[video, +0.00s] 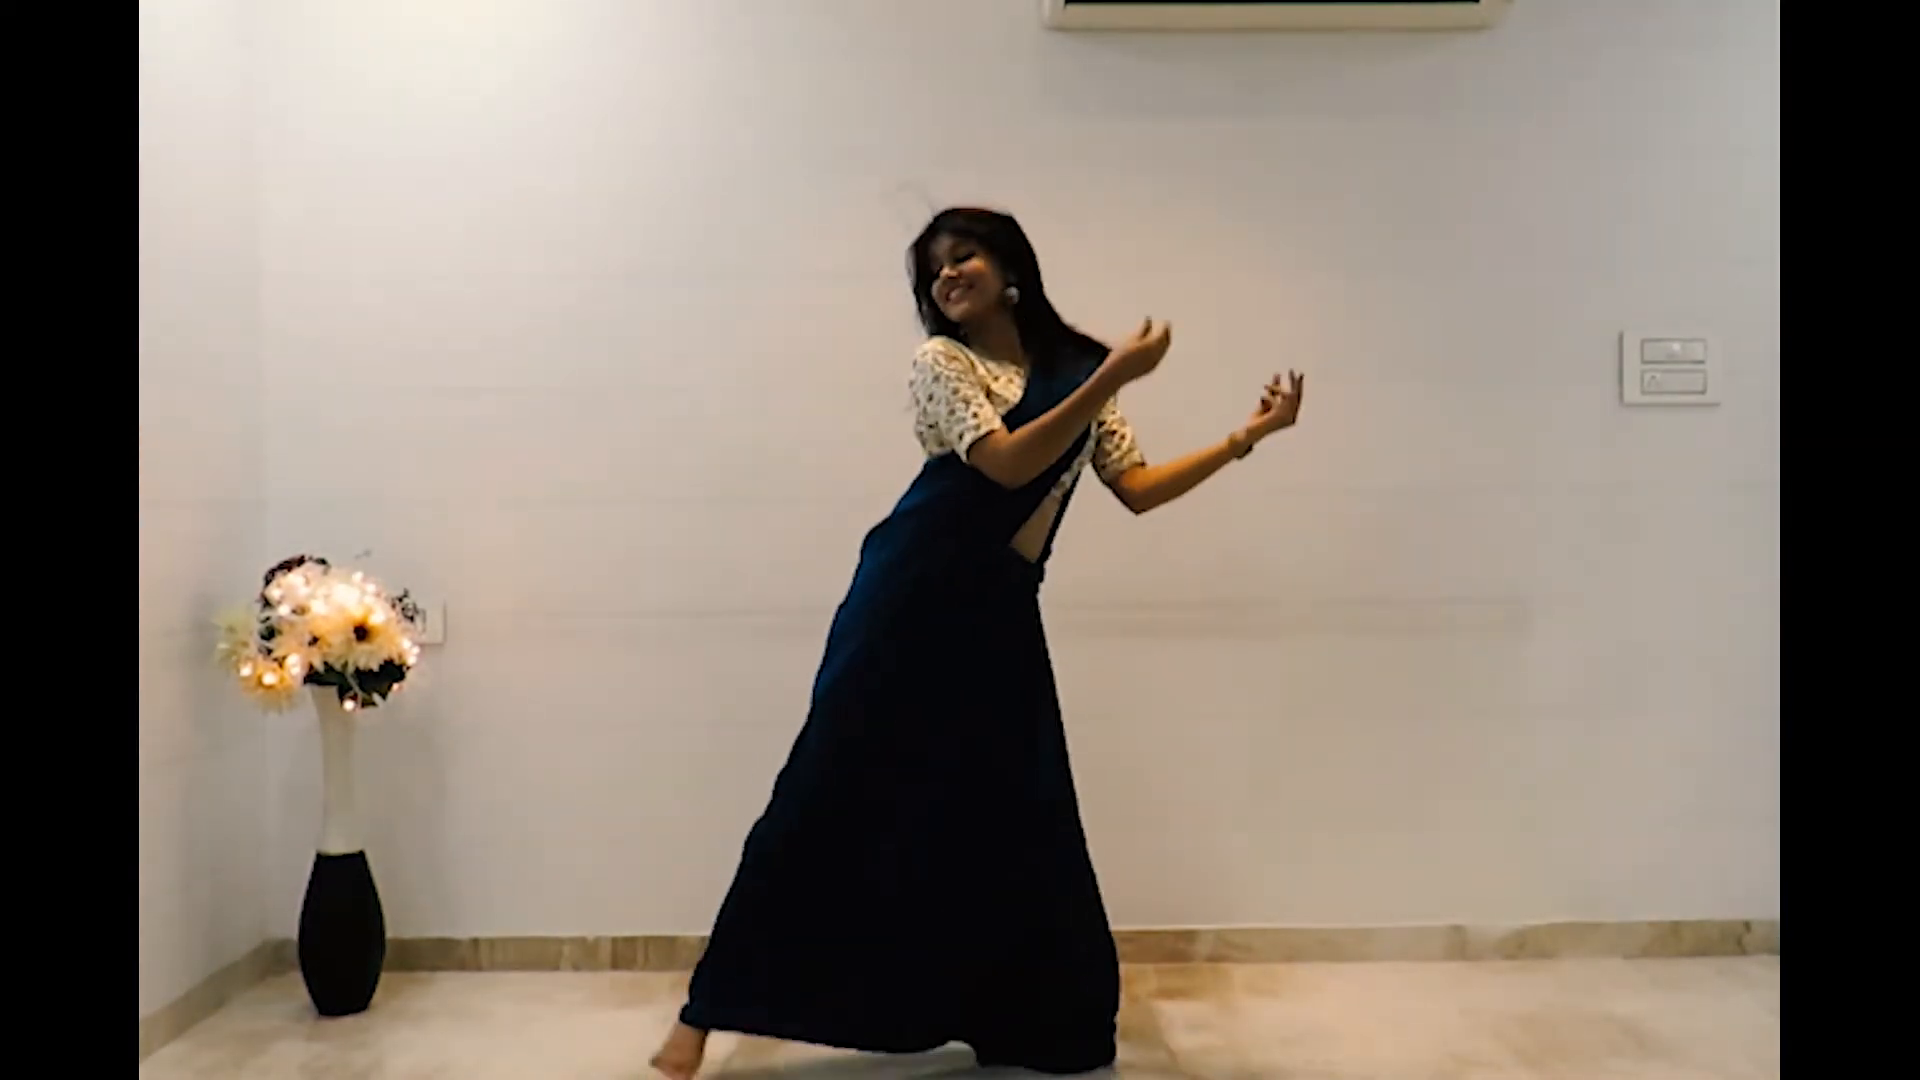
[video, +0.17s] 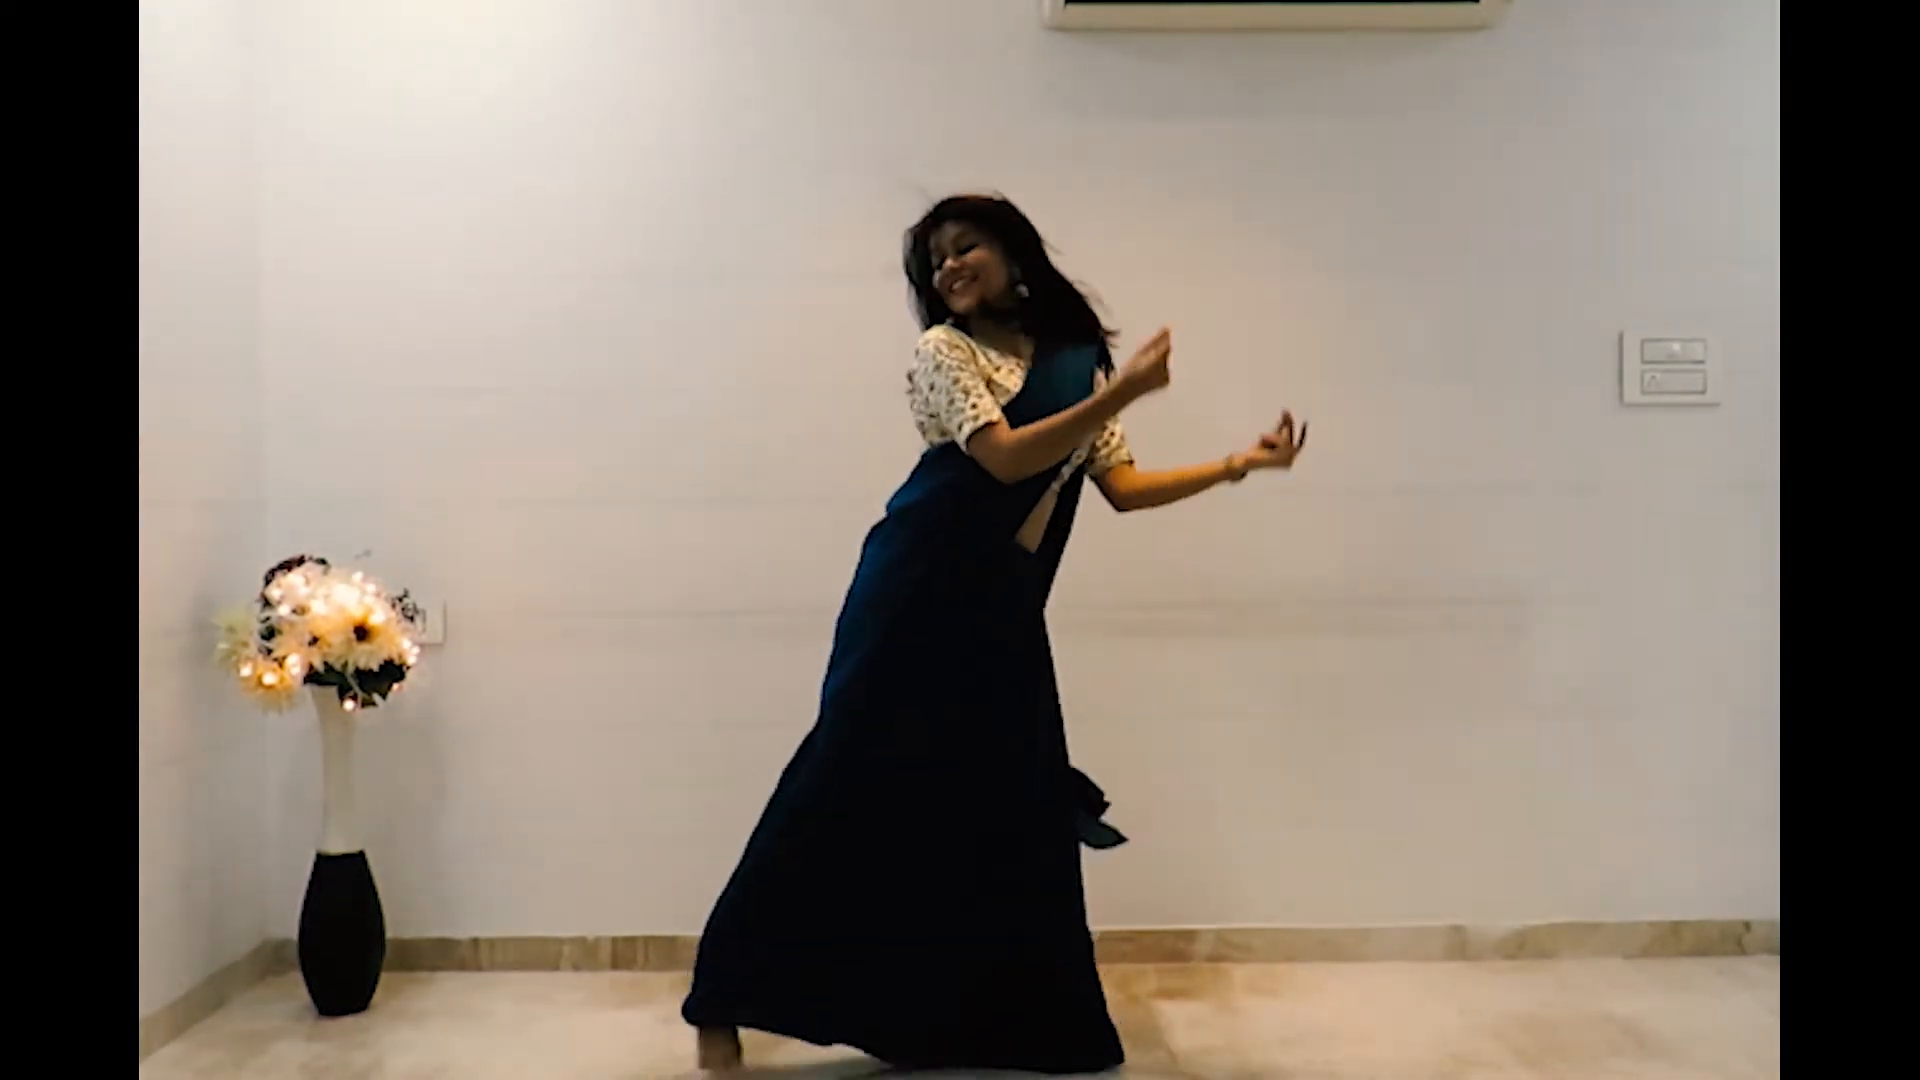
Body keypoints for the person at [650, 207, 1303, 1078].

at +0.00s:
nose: (948, 273)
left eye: (964, 256)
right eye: (935, 269)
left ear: (1012, 268)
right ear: (932, 294)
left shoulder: (1080, 372)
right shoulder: (940, 363)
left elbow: (1138, 488)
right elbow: (1006, 460)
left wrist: (1242, 438)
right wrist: (1112, 374)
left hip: (999, 613)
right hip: (905, 599)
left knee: (1021, 809)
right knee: (819, 797)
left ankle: (1021, 1026)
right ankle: (698, 1014)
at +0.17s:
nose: (952, 267)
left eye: (965, 249)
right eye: (939, 263)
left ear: (1013, 252)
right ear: (936, 285)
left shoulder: (1077, 359)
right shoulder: (943, 352)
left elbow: (1124, 489)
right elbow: (1006, 455)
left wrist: (1235, 463)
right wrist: (1122, 389)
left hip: (1003, 606)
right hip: (912, 593)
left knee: (1018, 806)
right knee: (840, 785)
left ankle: (1019, 1020)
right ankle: (719, 990)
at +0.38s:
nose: (1038, 278)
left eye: (1047, 270)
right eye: (1015, 266)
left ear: (1056, 304)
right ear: (972, 299)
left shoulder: (1047, 399)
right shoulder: (966, 391)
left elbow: (1097, 517)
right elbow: (1047, 497)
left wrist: (1156, 435)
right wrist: (1079, 379)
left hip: (1033, 633)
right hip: (962, 630)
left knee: (1086, 831)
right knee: (912, 822)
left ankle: (1066, 1023)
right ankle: (767, 1014)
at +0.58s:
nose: (1102, 229)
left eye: (1088, 218)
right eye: (1086, 226)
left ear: (1041, 276)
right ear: (1069, 257)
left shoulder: (1039, 346)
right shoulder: (1089, 341)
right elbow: (1194, 416)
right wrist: (1214, 339)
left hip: (1026, 612)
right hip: (1066, 623)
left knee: (1042, 801)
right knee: (1142, 803)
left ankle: (1014, 998)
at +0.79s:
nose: (1156, 293)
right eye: (1153, 278)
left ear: (1061, 291)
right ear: (1156, 285)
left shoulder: (1050, 386)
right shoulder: (1198, 380)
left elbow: (971, 479)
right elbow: (1295, 484)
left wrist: (1035, 404)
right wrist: (1385, 416)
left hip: (1075, 639)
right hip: (1176, 641)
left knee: (1087, 820)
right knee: (1226, 826)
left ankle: (1024, 1013)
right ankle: (1234, 1032)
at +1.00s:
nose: (1081, 244)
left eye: (1086, 229)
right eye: (1084, 228)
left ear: (1105, 233)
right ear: (1199, 220)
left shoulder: (1070, 319)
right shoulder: (1245, 321)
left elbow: (955, 380)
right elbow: (1376, 409)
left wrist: (839, 420)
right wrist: (1522, 444)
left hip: (1109, 574)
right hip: (1226, 577)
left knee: (1085, 785)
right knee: (1248, 793)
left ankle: (1044, 1012)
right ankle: (1289, 1035)